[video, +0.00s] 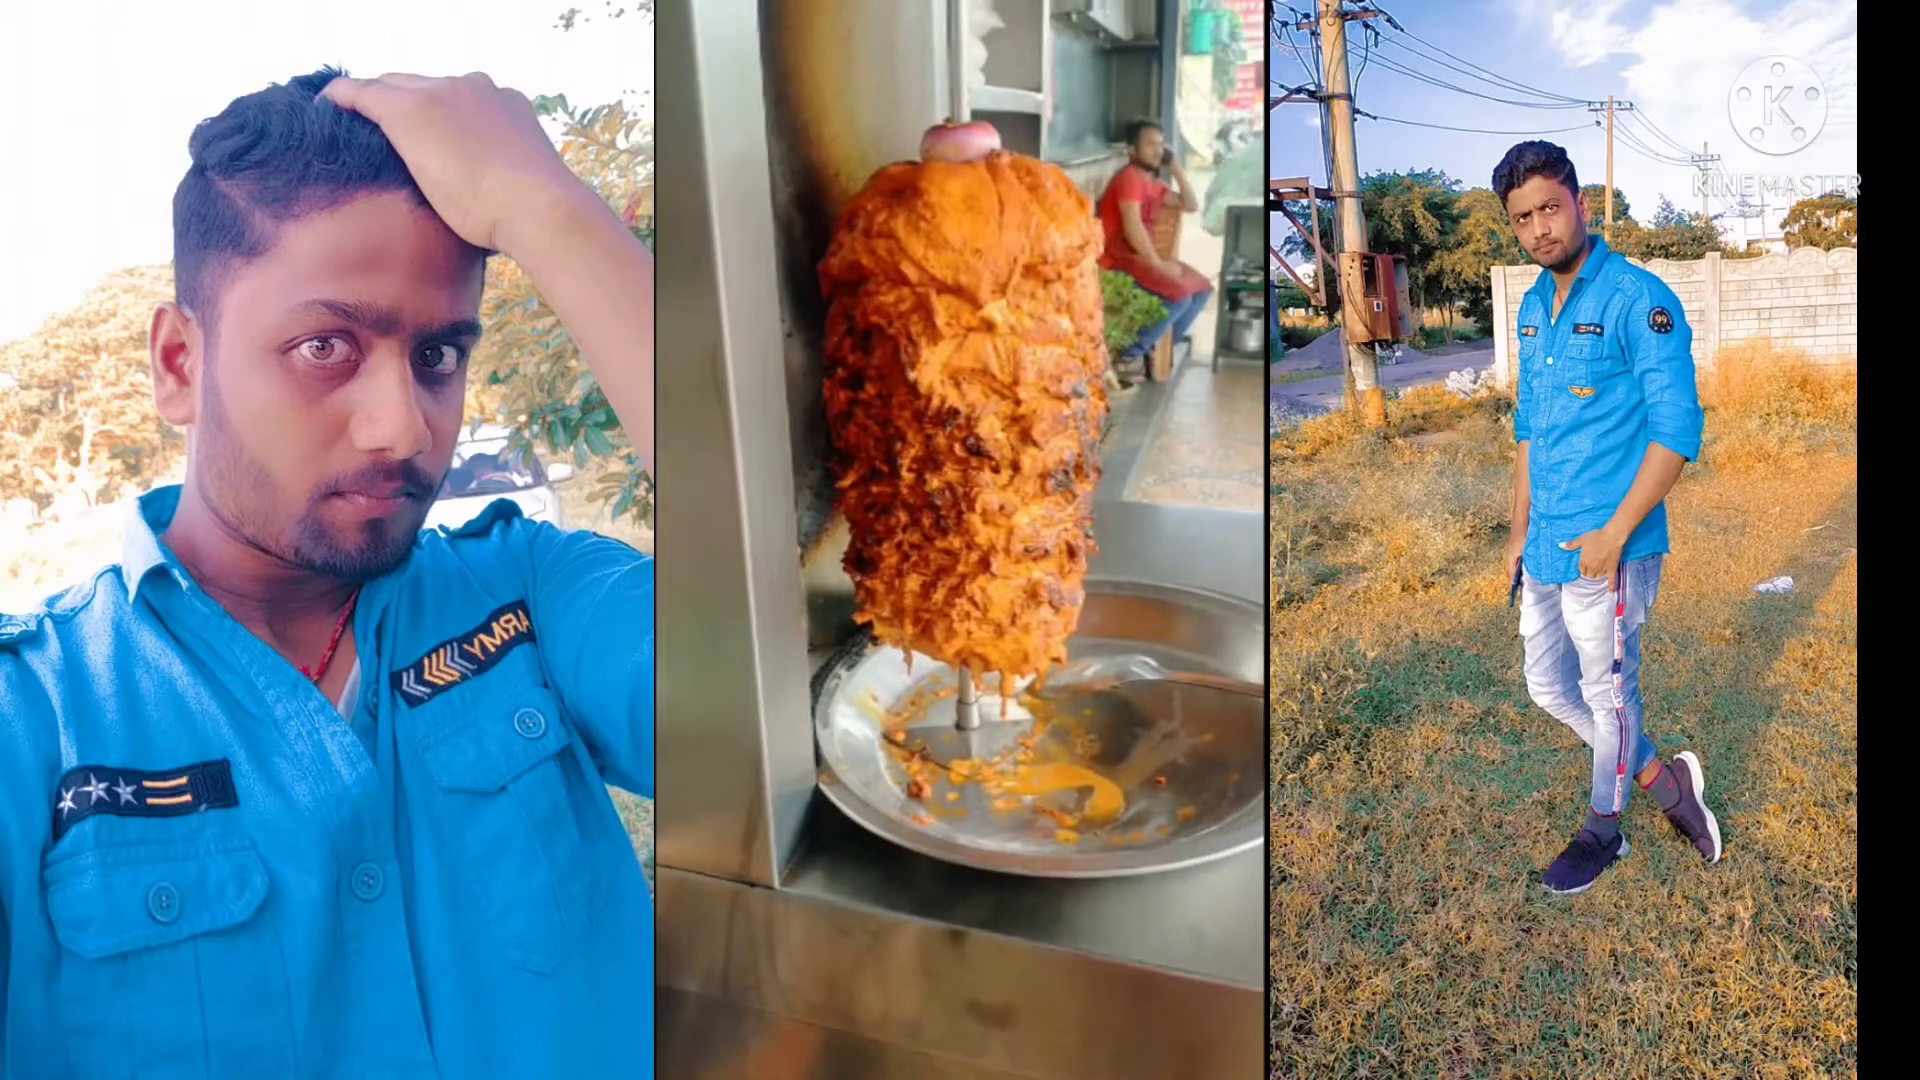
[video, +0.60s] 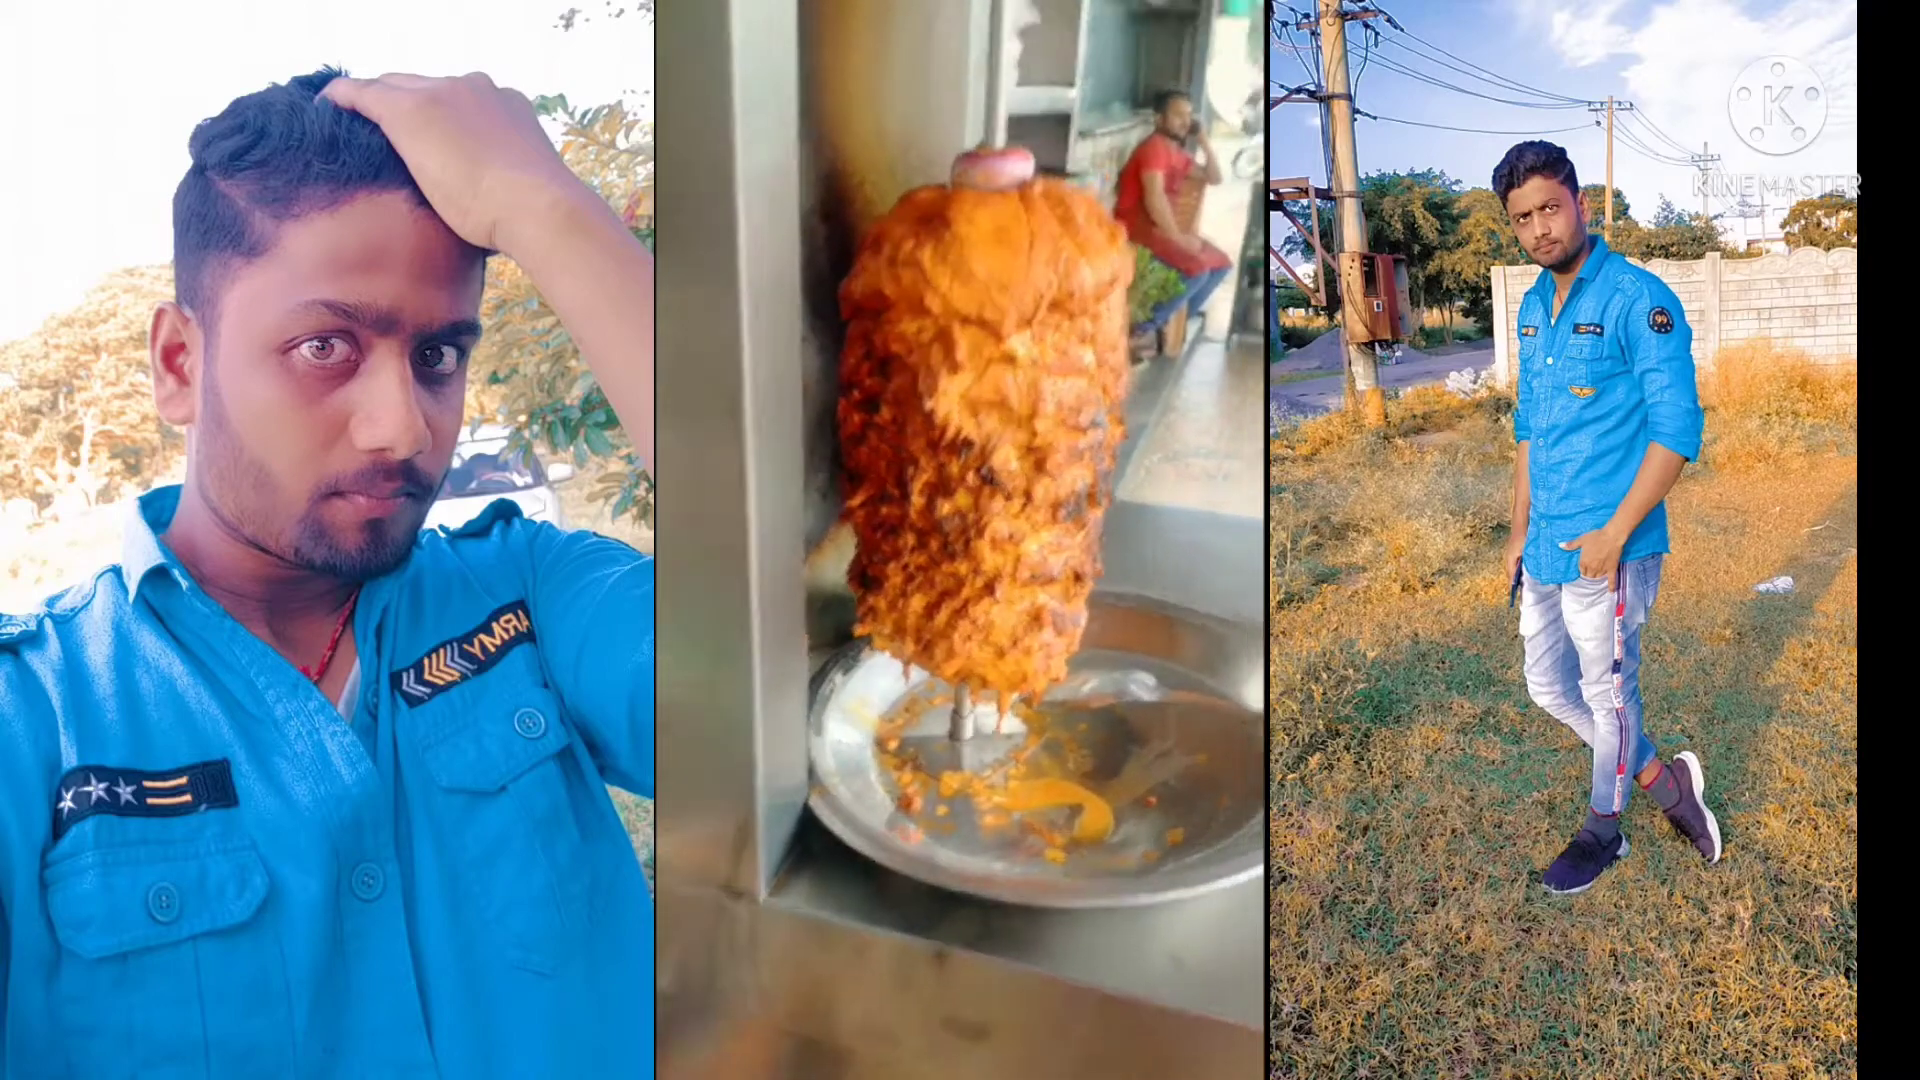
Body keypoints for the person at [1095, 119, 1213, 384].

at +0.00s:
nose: (1158, 150)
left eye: (1161, 144)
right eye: (1151, 144)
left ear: (1163, 149)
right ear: (1133, 148)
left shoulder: (1153, 183)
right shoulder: (1129, 178)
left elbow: (1189, 205)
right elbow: (1131, 227)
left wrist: (1176, 171)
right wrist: (1157, 264)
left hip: (1143, 254)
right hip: (1120, 256)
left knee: (1201, 288)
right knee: (1179, 295)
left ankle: (1163, 347)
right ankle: (1131, 354)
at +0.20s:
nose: (1178, 122)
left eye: (1181, 116)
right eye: (1171, 116)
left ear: (1183, 121)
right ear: (1153, 120)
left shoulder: (1172, 154)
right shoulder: (1148, 149)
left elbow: (1209, 178)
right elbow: (1150, 200)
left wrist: (1195, 141)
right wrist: (1175, 237)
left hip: (1163, 228)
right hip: (1139, 230)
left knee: (1220, 262)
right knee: (1198, 269)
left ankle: (1181, 322)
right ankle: (1148, 328)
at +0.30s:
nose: (1185, 84)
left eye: (1188, 79)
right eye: (1178, 78)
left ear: (1190, 83)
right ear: (1160, 82)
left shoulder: (1179, 117)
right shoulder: (1154, 112)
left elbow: (1215, 143)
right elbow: (1155, 162)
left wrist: (1202, 105)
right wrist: (1178, 202)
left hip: (1171, 193)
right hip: (1146, 194)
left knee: (1225, 229)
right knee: (1202, 236)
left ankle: (1183, 288)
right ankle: (1150, 295)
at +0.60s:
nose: (1185, 121)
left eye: (1188, 115)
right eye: (1178, 115)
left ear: (1190, 119)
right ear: (1160, 117)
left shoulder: (1176, 152)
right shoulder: (1154, 147)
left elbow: (1213, 177)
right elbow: (1153, 197)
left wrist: (1203, 141)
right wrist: (1176, 236)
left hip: (1160, 228)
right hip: (1136, 229)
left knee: (1220, 264)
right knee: (1197, 269)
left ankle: (1170, 323)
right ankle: (1145, 328)